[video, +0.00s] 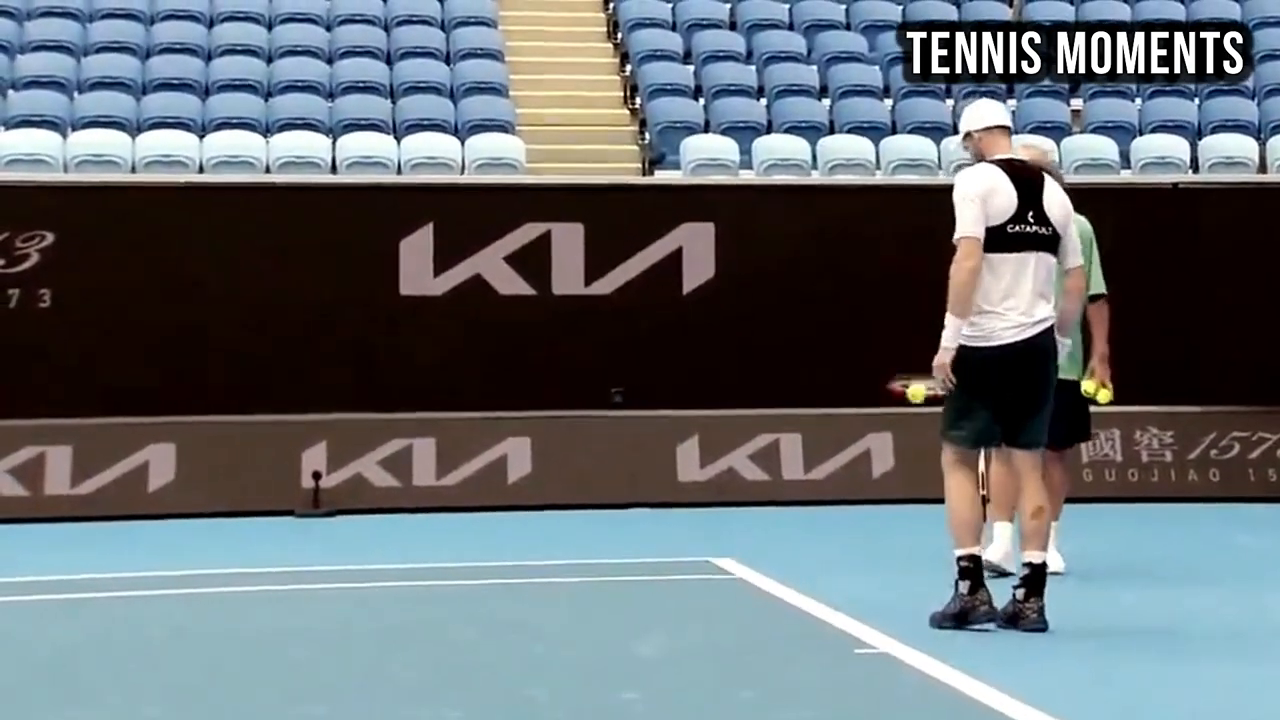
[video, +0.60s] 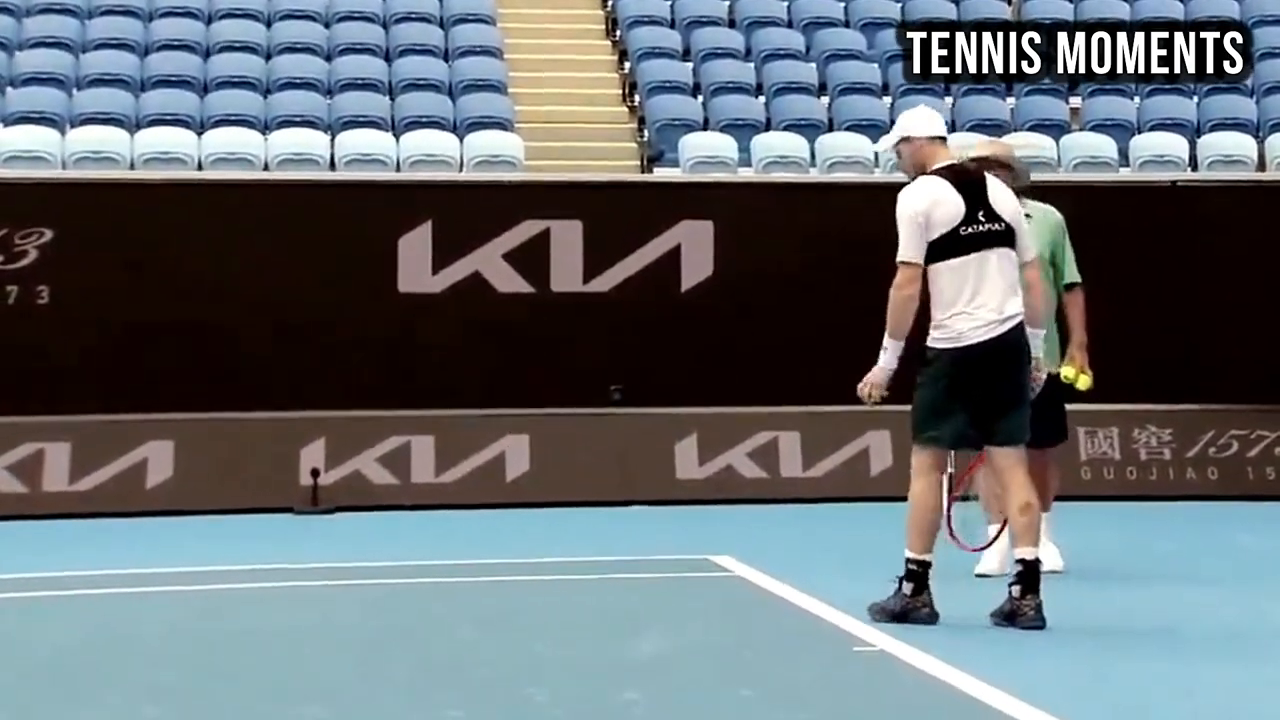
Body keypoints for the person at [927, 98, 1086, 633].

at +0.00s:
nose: (966, 148)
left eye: (966, 141)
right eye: (970, 139)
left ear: (972, 138)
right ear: (1011, 131)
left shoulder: (974, 180)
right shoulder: (1055, 189)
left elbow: (968, 258)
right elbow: (1074, 281)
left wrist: (949, 340)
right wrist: (1057, 337)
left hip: (982, 347)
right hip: (1037, 348)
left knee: (957, 459)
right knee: (1030, 464)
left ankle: (971, 591)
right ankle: (1031, 598)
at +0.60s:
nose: (897, 159)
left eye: (899, 149)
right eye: (897, 150)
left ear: (917, 144)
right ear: (940, 140)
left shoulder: (917, 197)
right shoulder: (998, 187)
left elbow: (908, 285)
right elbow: (1034, 272)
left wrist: (885, 362)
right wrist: (1033, 348)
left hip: (952, 353)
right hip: (1009, 349)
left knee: (926, 467)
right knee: (1013, 467)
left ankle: (914, 590)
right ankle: (1027, 595)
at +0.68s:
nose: (881, 162)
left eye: (883, 151)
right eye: (879, 152)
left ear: (905, 146)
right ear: (926, 146)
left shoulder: (902, 202)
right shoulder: (984, 189)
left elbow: (896, 289)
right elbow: (1018, 271)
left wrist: (879, 370)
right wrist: (1015, 342)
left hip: (942, 353)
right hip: (1003, 348)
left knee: (920, 467)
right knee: (1008, 467)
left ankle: (914, 592)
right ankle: (1026, 594)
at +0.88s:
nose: (845, 164)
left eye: (849, 153)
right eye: (844, 154)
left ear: (873, 151)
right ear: (888, 152)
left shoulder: (871, 210)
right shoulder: (951, 188)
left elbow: (871, 299)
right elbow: (992, 269)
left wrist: (866, 384)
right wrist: (990, 334)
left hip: (927, 352)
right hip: (986, 342)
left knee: (911, 469)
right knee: (999, 463)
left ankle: (914, 592)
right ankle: (1025, 586)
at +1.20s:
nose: (814, 177)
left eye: (818, 166)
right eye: (813, 168)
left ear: (843, 164)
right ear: (859, 165)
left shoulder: (841, 223)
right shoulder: (914, 193)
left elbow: (836, 314)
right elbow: (956, 272)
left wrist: (823, 395)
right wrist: (905, 352)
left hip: (918, 352)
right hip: (973, 334)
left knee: (908, 471)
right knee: (996, 457)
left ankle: (913, 594)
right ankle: (1035, 578)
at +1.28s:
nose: (813, 177)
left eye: (818, 167)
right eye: (813, 168)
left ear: (841, 167)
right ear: (859, 167)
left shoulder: (839, 224)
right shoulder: (912, 194)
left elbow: (828, 316)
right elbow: (938, 278)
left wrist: (811, 394)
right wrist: (903, 347)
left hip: (920, 354)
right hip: (974, 334)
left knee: (908, 472)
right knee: (1001, 454)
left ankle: (913, 595)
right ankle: (1043, 576)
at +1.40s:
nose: (816, 179)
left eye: (820, 168)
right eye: (816, 169)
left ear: (842, 169)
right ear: (861, 169)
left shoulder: (840, 226)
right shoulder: (912, 197)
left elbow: (820, 315)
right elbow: (935, 282)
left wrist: (795, 393)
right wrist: (890, 343)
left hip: (922, 355)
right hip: (977, 335)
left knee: (908, 472)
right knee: (1015, 457)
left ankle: (913, 596)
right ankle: (1061, 575)